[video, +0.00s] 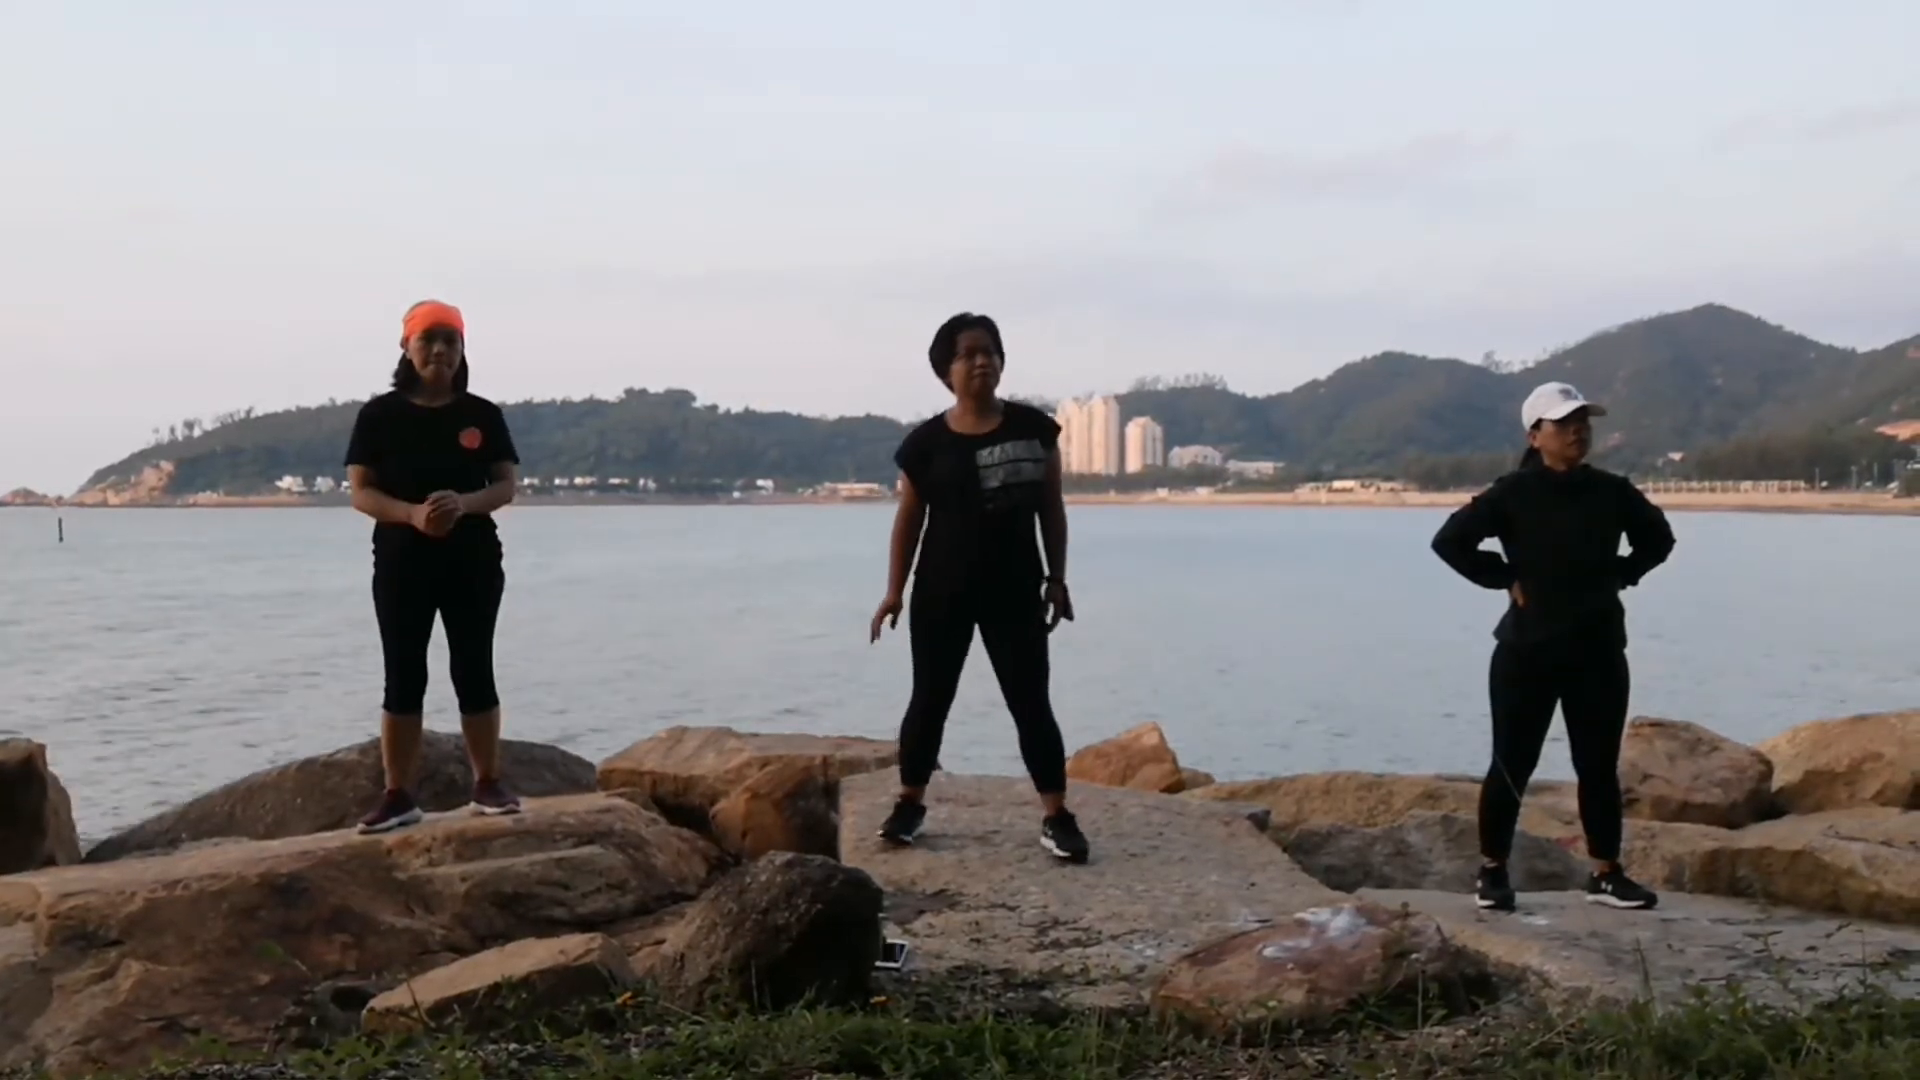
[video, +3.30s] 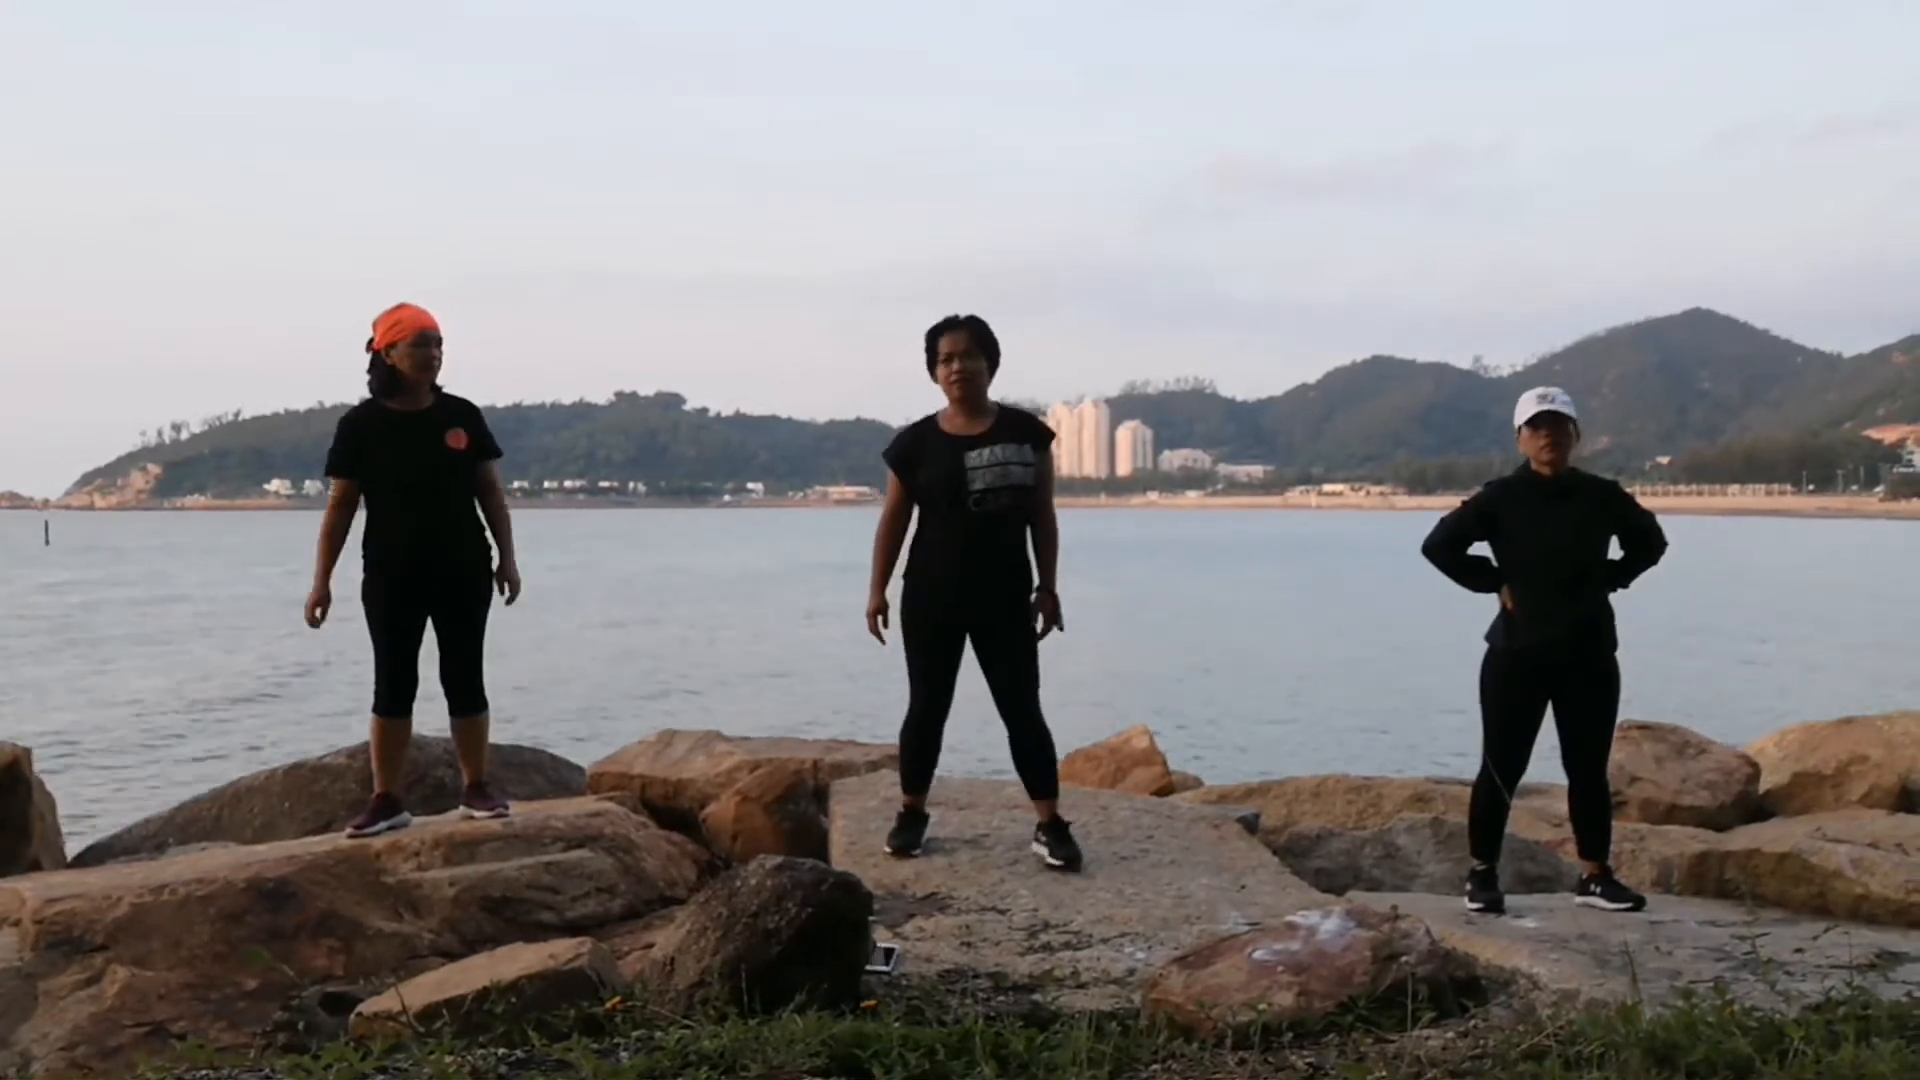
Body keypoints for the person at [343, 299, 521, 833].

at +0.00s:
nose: (438, 349)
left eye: (448, 339)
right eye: (427, 339)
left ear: (461, 348)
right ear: (407, 349)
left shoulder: (484, 415)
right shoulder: (377, 415)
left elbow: (507, 486)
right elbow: (360, 493)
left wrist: (467, 502)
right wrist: (411, 513)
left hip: (471, 564)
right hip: (403, 566)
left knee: (475, 675)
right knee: (403, 680)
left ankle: (487, 785)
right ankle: (398, 795)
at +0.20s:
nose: (435, 351)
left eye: (445, 341)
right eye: (424, 342)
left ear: (458, 349)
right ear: (404, 351)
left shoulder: (481, 418)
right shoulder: (375, 418)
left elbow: (501, 495)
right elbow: (360, 499)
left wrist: (490, 554)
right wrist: (374, 567)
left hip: (468, 572)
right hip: (399, 574)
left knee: (474, 679)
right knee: (401, 686)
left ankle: (486, 785)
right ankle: (397, 795)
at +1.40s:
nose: (432, 353)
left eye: (441, 343)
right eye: (421, 343)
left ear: (453, 351)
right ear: (398, 351)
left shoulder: (476, 417)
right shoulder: (370, 420)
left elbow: (508, 485)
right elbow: (336, 496)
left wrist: (533, 545)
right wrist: (303, 563)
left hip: (468, 569)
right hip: (398, 573)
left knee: (471, 679)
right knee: (399, 685)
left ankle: (482, 786)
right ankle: (392, 797)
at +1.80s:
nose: (431, 352)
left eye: (440, 342)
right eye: (420, 343)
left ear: (453, 350)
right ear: (399, 351)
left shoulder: (476, 416)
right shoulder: (371, 419)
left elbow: (497, 492)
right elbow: (360, 503)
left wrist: (489, 551)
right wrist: (374, 567)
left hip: (466, 571)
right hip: (399, 574)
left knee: (471, 680)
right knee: (398, 687)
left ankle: (482, 787)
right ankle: (391, 796)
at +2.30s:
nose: (442, 351)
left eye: (447, 341)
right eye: (429, 342)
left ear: (453, 348)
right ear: (398, 350)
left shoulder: (473, 416)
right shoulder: (370, 421)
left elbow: (502, 489)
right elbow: (339, 500)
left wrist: (522, 551)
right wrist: (318, 571)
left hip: (468, 572)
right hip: (398, 575)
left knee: (470, 680)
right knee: (398, 687)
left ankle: (479, 788)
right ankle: (390, 798)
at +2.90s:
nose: (440, 351)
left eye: (443, 342)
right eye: (427, 343)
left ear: (446, 349)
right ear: (393, 352)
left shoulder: (466, 414)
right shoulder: (363, 423)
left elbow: (492, 484)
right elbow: (355, 503)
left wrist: (480, 535)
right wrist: (394, 554)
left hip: (464, 571)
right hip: (395, 574)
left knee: (467, 680)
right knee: (395, 686)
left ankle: (477, 789)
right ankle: (387, 798)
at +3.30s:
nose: (435, 352)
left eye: (438, 343)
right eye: (422, 344)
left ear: (441, 350)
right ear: (388, 354)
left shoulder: (462, 416)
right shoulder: (361, 425)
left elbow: (490, 492)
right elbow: (340, 506)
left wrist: (507, 556)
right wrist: (321, 580)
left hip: (462, 573)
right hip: (393, 578)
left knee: (465, 683)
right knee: (393, 690)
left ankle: (476, 789)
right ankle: (385, 799)